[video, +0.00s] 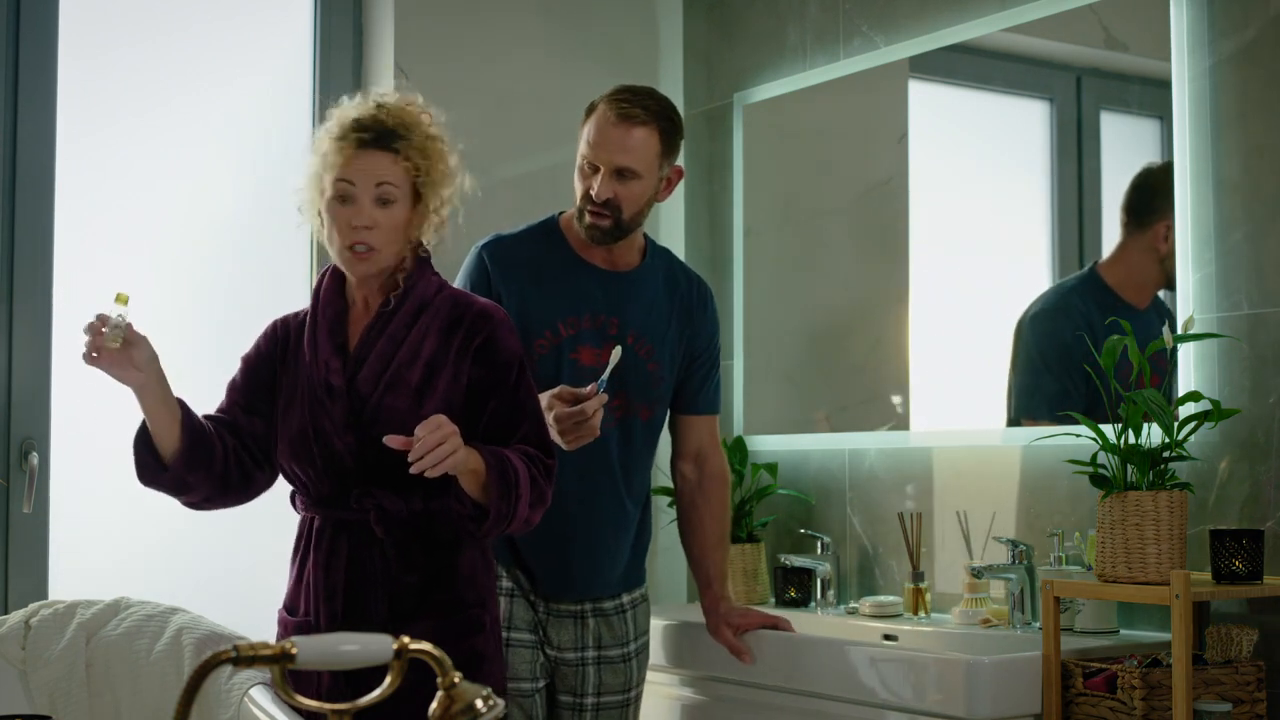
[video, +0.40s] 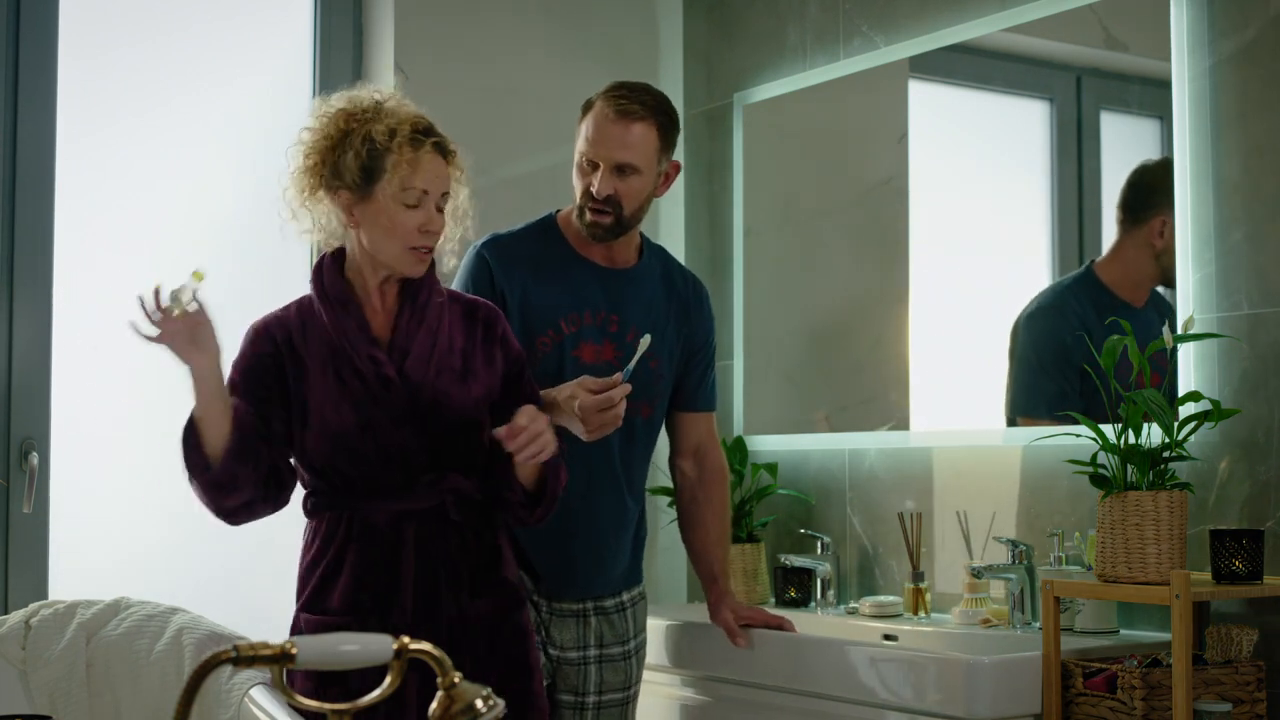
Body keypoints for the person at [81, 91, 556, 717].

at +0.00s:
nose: (360, 218)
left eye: (385, 199)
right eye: (343, 197)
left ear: (422, 214)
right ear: (321, 208)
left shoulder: (477, 331)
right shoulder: (289, 343)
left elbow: (529, 485)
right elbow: (222, 473)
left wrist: (466, 460)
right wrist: (148, 381)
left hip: (445, 617)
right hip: (319, 617)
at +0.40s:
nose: (435, 224)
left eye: (441, 204)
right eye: (412, 201)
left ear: (451, 207)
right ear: (348, 205)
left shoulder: (479, 328)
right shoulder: (284, 341)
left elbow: (529, 505)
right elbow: (241, 497)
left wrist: (535, 454)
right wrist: (205, 369)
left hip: (479, 612)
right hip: (349, 619)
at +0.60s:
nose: (443, 234)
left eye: (451, 215)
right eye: (423, 211)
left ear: (461, 217)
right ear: (360, 210)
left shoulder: (475, 331)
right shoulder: (305, 325)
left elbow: (509, 488)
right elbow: (282, 453)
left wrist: (562, 434)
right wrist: (281, 300)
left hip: (485, 600)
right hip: (368, 602)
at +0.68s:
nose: (459, 240)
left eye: (464, 220)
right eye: (439, 217)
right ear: (373, 217)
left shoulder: (474, 336)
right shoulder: (301, 328)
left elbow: (508, 491)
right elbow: (309, 446)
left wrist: (578, 435)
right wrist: (325, 293)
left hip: (487, 604)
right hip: (372, 609)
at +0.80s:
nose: (476, 247)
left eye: (482, 227)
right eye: (457, 222)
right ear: (389, 217)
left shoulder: (477, 346)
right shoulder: (316, 332)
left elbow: (507, 491)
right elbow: (365, 454)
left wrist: (599, 445)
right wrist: (392, 304)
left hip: (490, 611)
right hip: (377, 617)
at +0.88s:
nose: (498, 251)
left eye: (501, 229)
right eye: (479, 226)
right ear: (407, 223)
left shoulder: (482, 349)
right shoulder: (330, 335)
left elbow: (510, 495)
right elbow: (403, 460)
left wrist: (611, 450)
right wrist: (442, 314)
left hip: (495, 611)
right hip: (385, 618)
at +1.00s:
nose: (527, 248)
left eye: (529, 229)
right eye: (514, 224)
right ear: (444, 222)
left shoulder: (477, 330)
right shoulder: (358, 331)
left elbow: (523, 496)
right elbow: (450, 456)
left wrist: (628, 454)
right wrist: (510, 316)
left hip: (498, 610)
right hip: (399, 618)